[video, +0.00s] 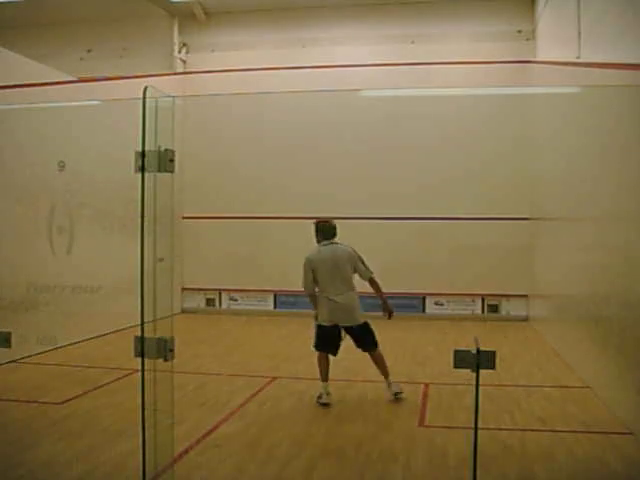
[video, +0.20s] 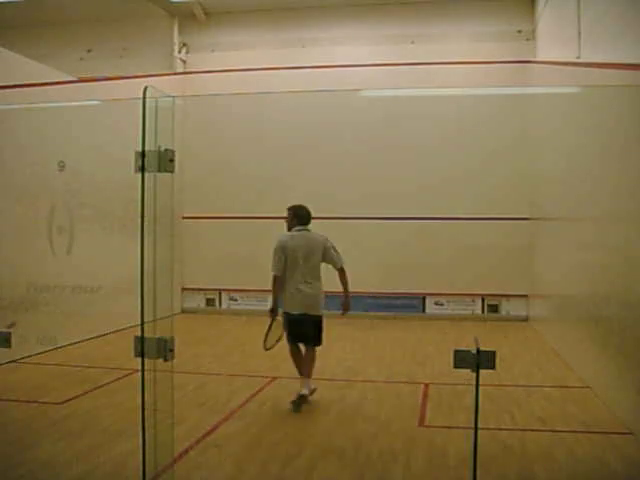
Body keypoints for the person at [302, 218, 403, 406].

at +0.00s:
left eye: (316, 234)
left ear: (317, 236)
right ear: (335, 234)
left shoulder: (312, 258)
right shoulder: (348, 252)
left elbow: (309, 290)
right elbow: (369, 277)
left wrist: (317, 309)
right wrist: (384, 302)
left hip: (326, 315)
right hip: (352, 313)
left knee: (323, 351)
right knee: (372, 348)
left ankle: (325, 392)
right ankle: (391, 385)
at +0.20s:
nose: (285, 221)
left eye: (287, 217)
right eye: (287, 217)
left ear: (293, 220)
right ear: (307, 221)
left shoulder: (284, 242)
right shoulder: (320, 240)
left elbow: (278, 277)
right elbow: (340, 267)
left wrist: (274, 304)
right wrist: (347, 296)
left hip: (291, 304)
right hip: (314, 304)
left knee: (293, 344)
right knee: (310, 347)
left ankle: (306, 383)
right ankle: (304, 387)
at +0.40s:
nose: (252, 230)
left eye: (254, 227)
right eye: (253, 226)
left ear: (260, 230)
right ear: (275, 231)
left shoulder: (249, 252)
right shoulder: (287, 251)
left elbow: (240, 288)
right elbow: (306, 280)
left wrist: (231, 316)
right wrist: (314, 309)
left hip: (251, 316)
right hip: (277, 318)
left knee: (234, 350)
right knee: (282, 359)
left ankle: (221, 389)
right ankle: (285, 402)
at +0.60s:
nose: (211, 239)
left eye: (213, 235)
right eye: (212, 235)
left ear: (220, 238)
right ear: (234, 239)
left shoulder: (208, 260)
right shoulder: (247, 260)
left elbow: (197, 297)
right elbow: (262, 290)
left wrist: (188, 326)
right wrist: (274, 317)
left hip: (211, 324)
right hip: (240, 324)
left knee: (193, 363)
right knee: (263, 359)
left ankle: (179, 405)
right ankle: (280, 401)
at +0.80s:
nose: (184, 233)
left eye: (187, 229)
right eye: (186, 229)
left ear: (194, 232)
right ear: (208, 232)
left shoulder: (183, 255)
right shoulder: (223, 252)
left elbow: (175, 292)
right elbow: (238, 280)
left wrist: (168, 321)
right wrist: (246, 309)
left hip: (192, 320)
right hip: (221, 319)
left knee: (183, 362)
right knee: (239, 356)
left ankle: (178, 406)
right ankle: (249, 403)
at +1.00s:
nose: (173, 231)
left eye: (176, 227)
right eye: (174, 227)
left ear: (184, 230)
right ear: (196, 231)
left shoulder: (173, 254)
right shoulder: (213, 250)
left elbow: (165, 292)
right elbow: (232, 278)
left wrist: (161, 322)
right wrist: (241, 308)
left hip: (182, 321)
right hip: (209, 320)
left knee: (178, 363)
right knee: (223, 357)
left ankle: (177, 406)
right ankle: (224, 401)